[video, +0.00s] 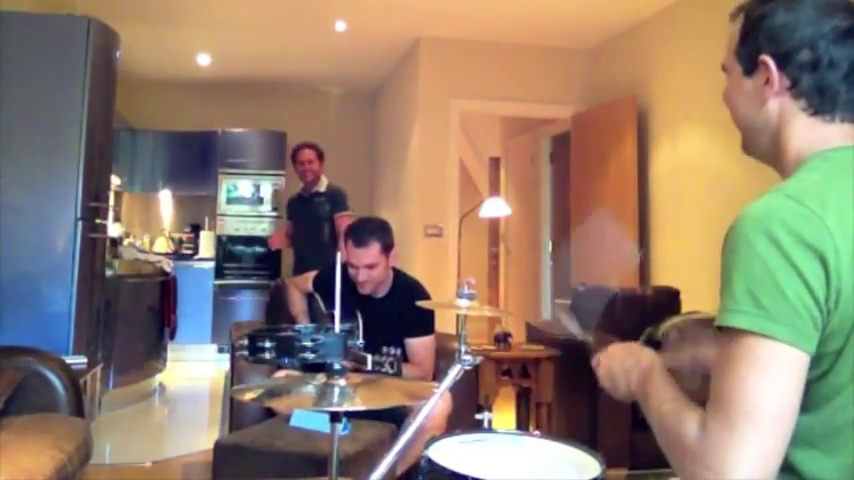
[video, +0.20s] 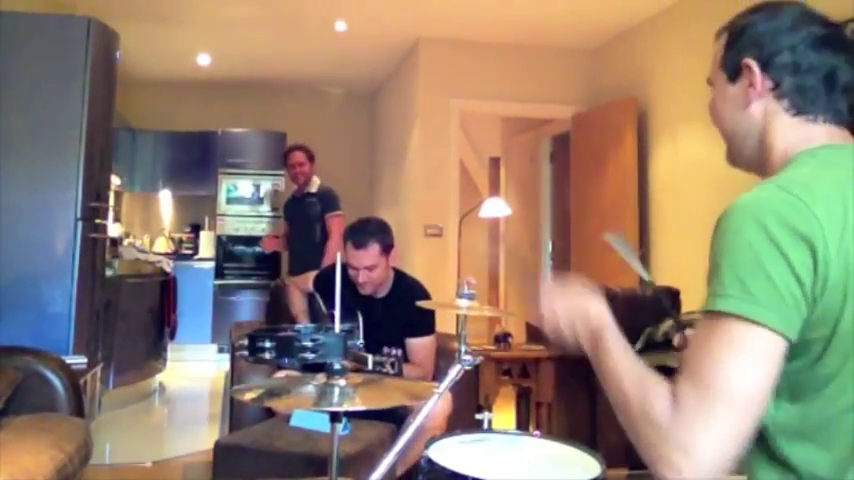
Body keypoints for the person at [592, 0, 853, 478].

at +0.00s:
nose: (724, 95)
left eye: (728, 74)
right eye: (724, 74)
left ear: (769, 80)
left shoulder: (784, 222)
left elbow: (727, 466)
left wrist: (643, 375)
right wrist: (724, 351)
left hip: (811, 469)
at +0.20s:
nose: (710, 108)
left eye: (714, 85)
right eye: (710, 87)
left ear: (753, 83)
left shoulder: (776, 214)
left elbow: (688, 455)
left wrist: (595, 326)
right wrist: (730, 346)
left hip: (795, 468)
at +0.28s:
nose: (705, 118)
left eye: (707, 94)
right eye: (703, 96)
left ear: (745, 87)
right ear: (820, 89)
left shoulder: (770, 212)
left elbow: (658, 445)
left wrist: (590, 281)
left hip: (802, 468)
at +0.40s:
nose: (696, 137)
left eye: (697, 110)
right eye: (694, 114)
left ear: (734, 94)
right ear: (804, 100)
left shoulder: (755, 208)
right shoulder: (841, 179)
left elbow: (613, 413)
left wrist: (595, 234)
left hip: (801, 467)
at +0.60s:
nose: (690, 150)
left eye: (691, 124)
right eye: (687, 128)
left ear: (724, 103)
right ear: (797, 117)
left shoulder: (734, 210)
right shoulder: (842, 188)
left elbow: (649, 448)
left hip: (789, 469)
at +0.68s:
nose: (683, 158)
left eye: (683, 131)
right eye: (681, 135)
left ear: (714, 109)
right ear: (786, 122)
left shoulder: (725, 212)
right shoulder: (842, 193)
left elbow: (659, 453)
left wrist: (586, 340)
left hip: (781, 469)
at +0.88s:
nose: (673, 154)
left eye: (673, 127)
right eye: (670, 131)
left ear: (708, 110)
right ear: (777, 122)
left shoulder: (718, 210)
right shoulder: (841, 197)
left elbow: (637, 446)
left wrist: (587, 318)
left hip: (778, 468)